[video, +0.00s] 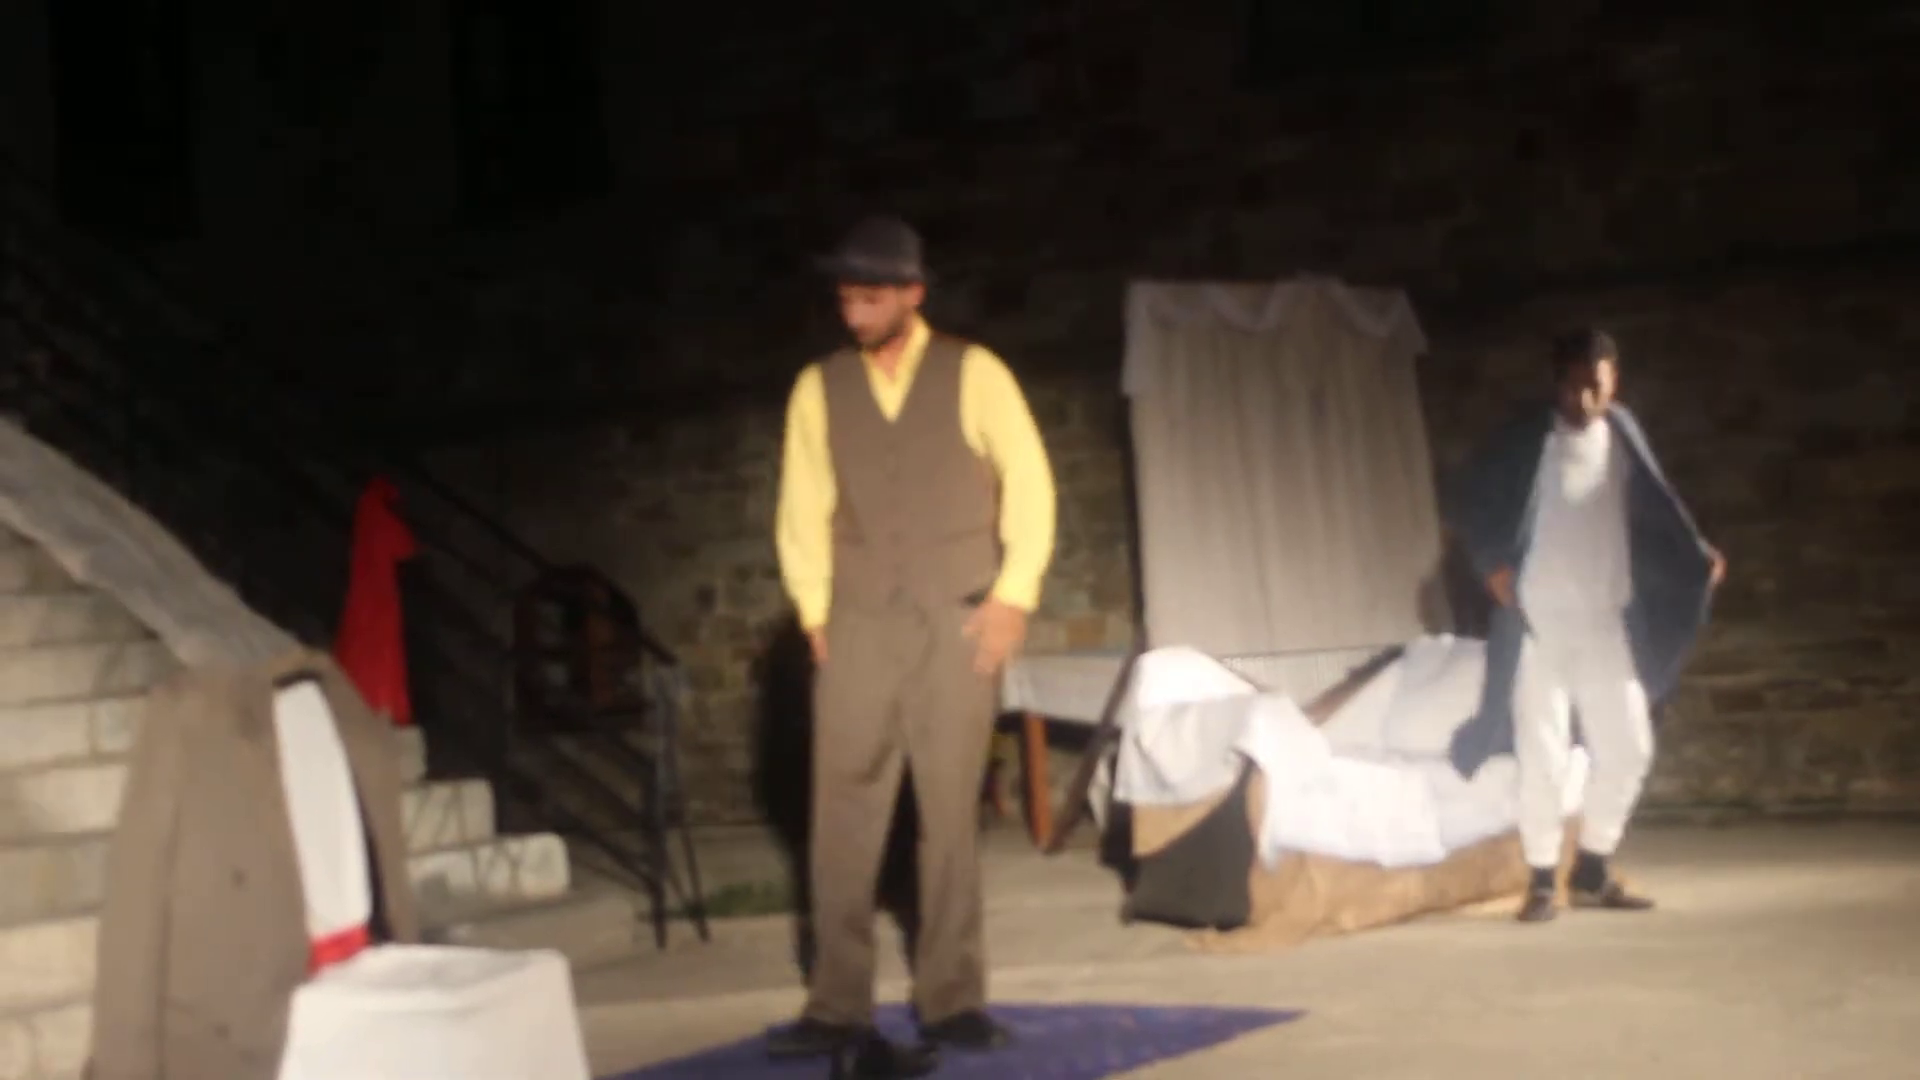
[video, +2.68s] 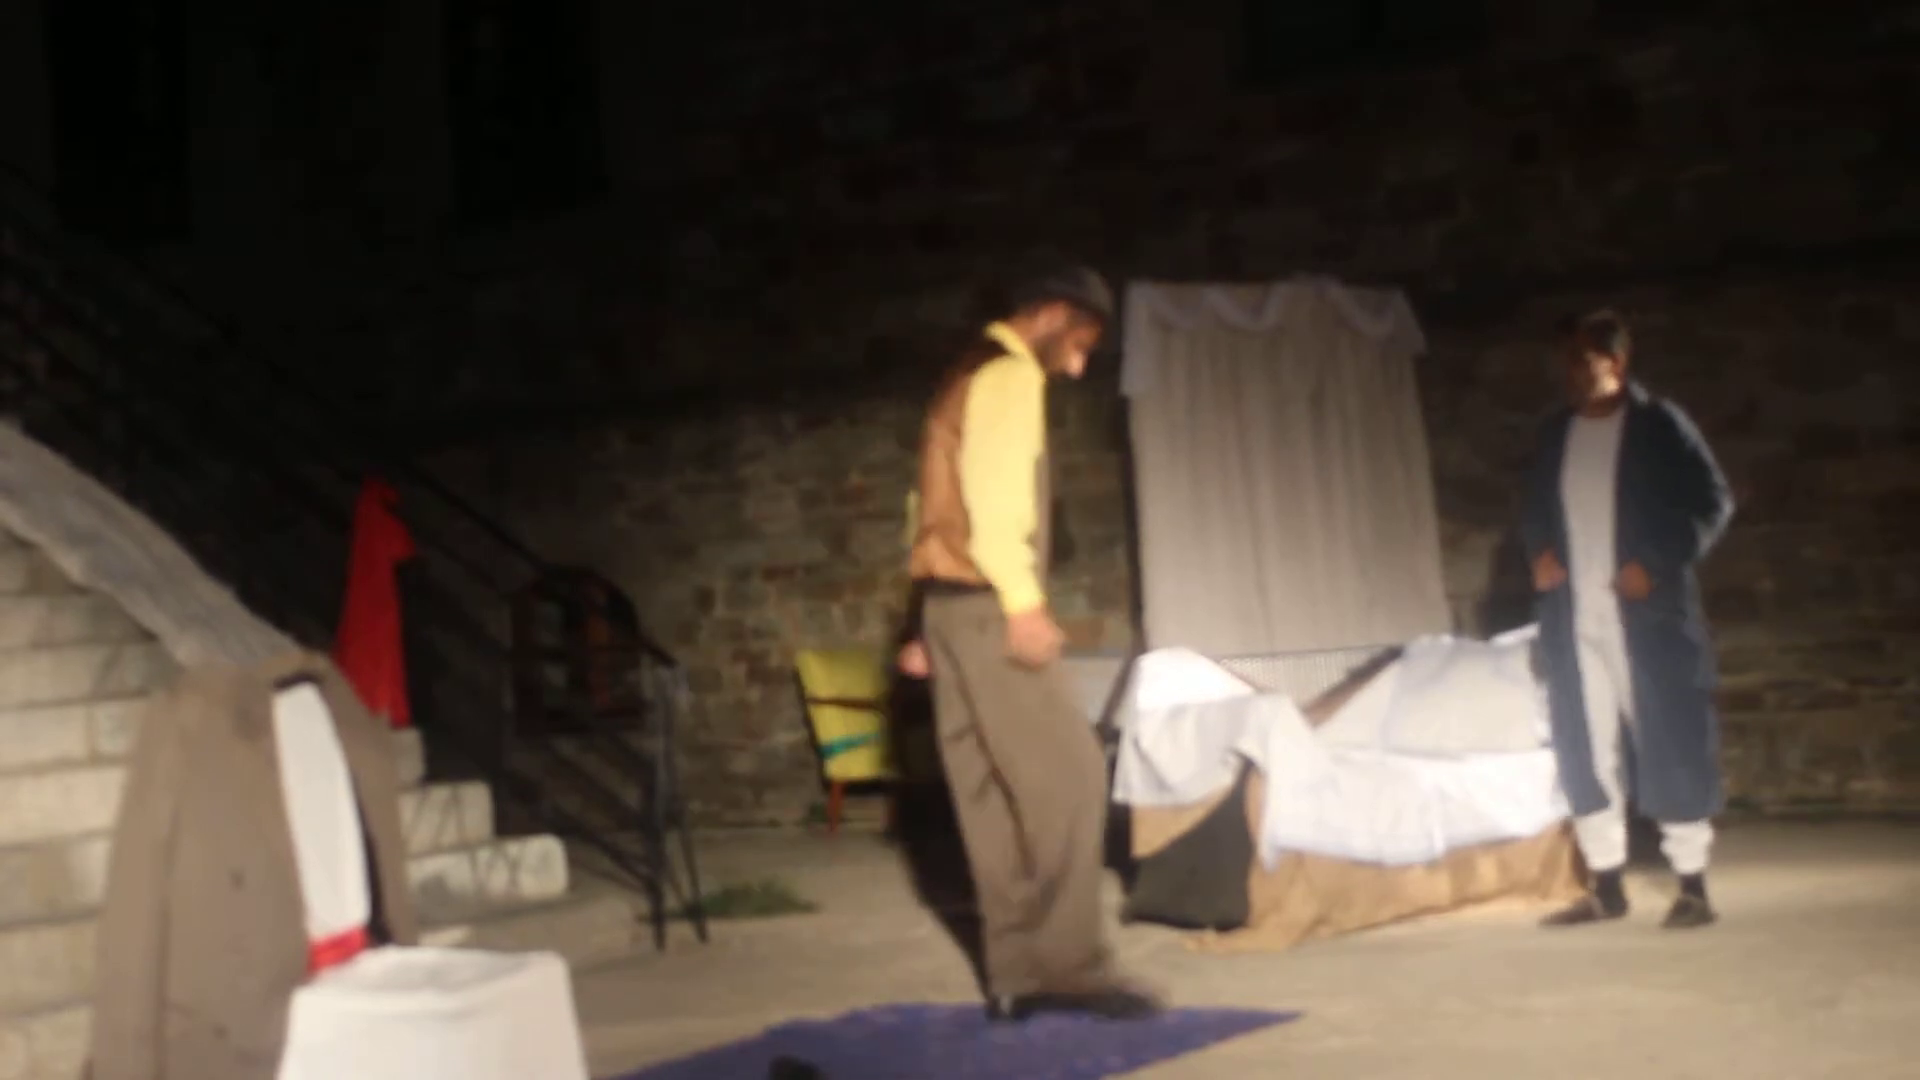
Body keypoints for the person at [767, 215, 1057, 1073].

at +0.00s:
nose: (854, 304)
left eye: (871, 289)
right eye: (847, 288)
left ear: (912, 290)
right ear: (839, 293)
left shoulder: (978, 376)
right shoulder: (819, 391)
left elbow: (1031, 489)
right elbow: (802, 513)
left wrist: (1012, 599)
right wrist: (819, 619)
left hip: (959, 625)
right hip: (856, 629)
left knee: (949, 818)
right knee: (842, 821)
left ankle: (952, 1003)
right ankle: (838, 1008)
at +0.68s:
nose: (845, 330)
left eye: (859, 316)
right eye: (831, 312)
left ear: (873, 315)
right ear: (795, 301)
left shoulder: (889, 384)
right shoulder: (741, 387)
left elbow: (916, 504)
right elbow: (699, 509)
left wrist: (921, 616)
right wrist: (703, 621)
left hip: (880, 637)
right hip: (781, 640)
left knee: (896, 825)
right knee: (792, 831)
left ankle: (880, 1016)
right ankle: (809, 1021)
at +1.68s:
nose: (968, 322)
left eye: (973, 307)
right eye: (962, 304)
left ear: (936, 300)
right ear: (914, 291)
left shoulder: (924, 383)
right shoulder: (845, 379)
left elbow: (913, 507)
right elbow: (794, 496)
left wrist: (935, 617)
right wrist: (822, 605)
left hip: (932, 620)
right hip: (882, 620)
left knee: (948, 811)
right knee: (894, 813)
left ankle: (946, 1001)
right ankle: (873, 1012)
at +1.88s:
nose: (999, 307)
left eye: (1001, 290)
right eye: (994, 289)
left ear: (946, 286)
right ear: (953, 286)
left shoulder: (924, 368)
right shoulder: (898, 369)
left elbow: (883, 492)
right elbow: (845, 485)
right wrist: (864, 599)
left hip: (923, 610)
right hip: (918, 612)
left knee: (925, 817)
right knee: (955, 811)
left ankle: (928, 1004)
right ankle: (983, 1002)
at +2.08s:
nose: (1023, 324)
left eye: (1027, 307)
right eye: (1018, 305)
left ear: (969, 298)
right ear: (980, 292)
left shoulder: (923, 362)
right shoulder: (952, 366)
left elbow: (920, 491)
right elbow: (932, 486)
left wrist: (952, 596)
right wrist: (953, 606)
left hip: (909, 607)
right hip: (949, 608)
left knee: (948, 808)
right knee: (1013, 799)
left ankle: (942, 1002)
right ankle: (1020, 1002)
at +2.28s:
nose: (1056, 349)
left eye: (1062, 334)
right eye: (1056, 329)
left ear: (1004, 305)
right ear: (1025, 306)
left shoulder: (919, 382)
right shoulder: (999, 377)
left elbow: (876, 498)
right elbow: (1019, 504)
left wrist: (897, 593)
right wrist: (1067, 606)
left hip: (926, 612)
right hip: (979, 609)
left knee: (1010, 790)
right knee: (1025, 800)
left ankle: (971, 961)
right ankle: (1023, 1005)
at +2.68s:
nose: (1083, 360)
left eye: (1090, 347)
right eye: (1084, 342)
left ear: (1043, 317)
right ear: (1051, 315)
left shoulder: (972, 378)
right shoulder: (1012, 379)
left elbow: (929, 504)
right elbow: (998, 492)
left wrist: (924, 619)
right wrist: (1023, 602)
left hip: (948, 605)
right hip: (986, 606)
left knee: (984, 797)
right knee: (1066, 771)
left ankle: (1015, 974)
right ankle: (1069, 965)